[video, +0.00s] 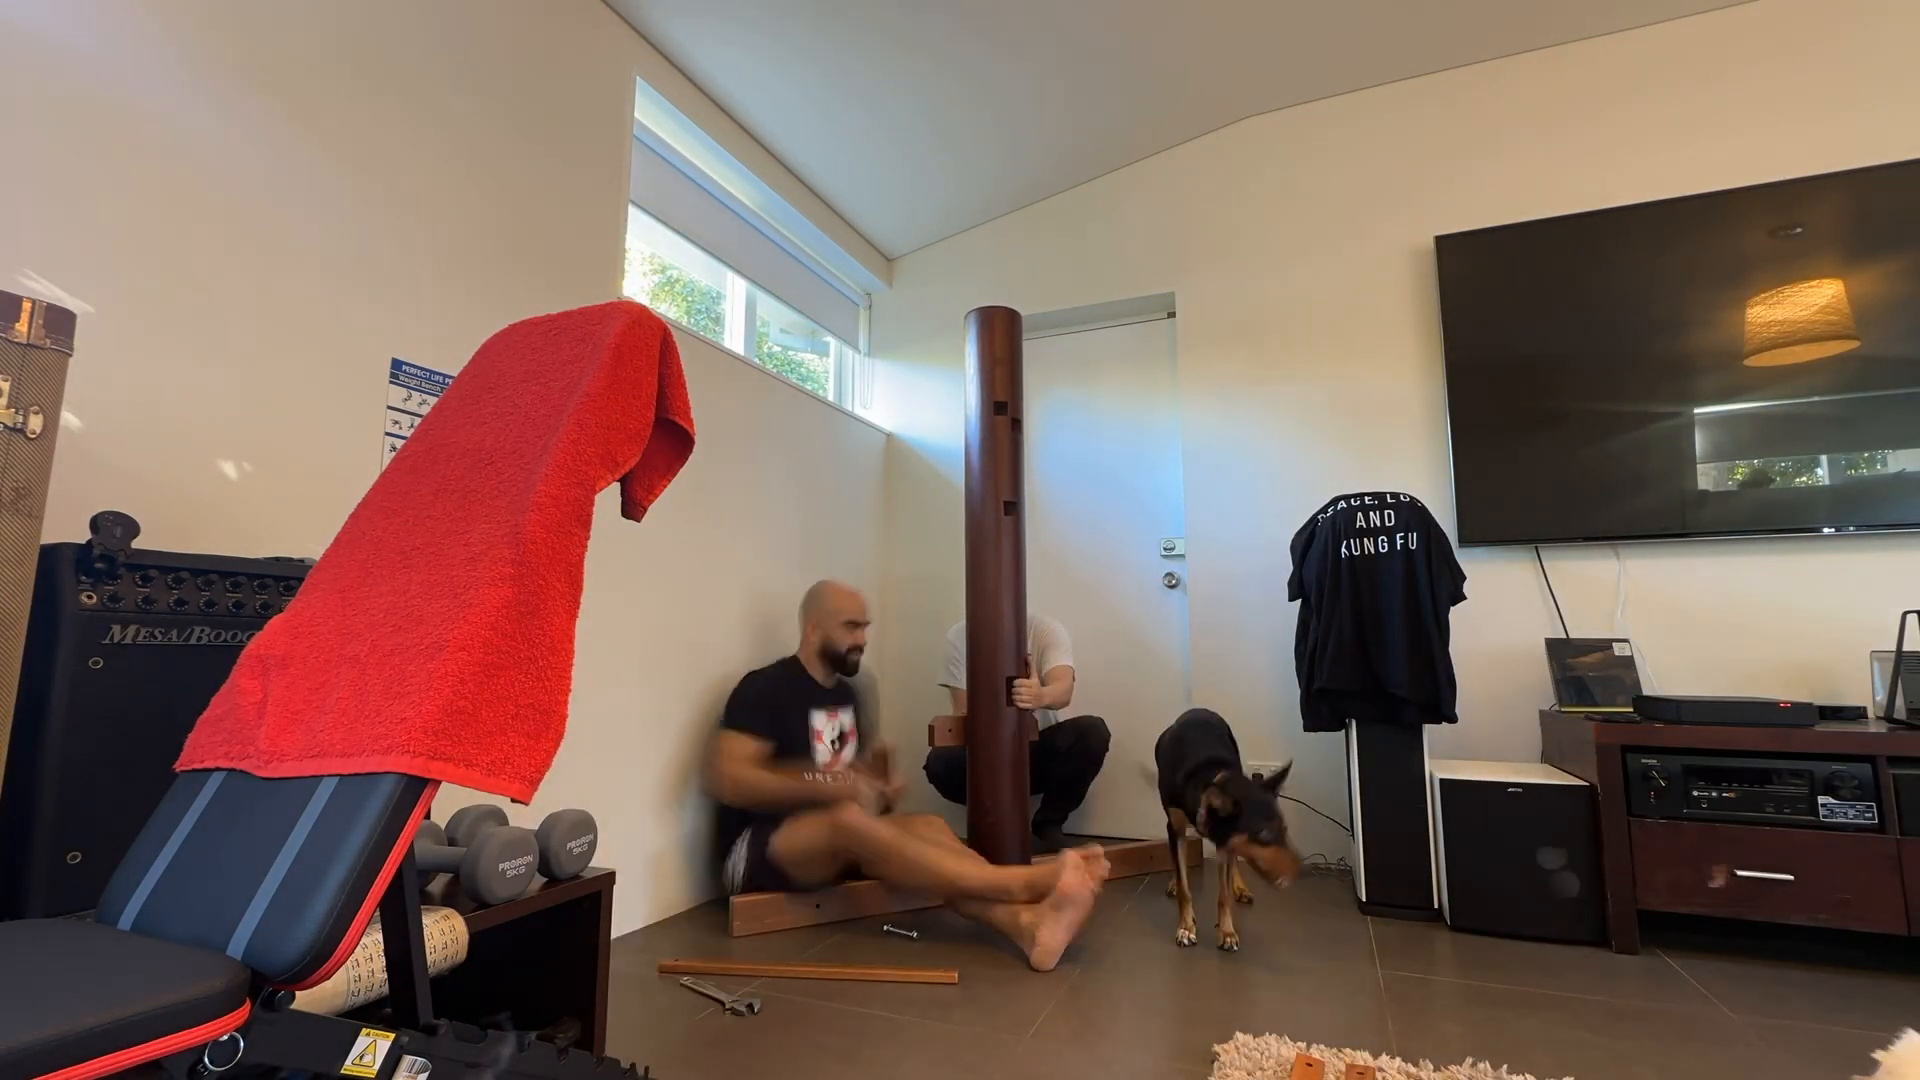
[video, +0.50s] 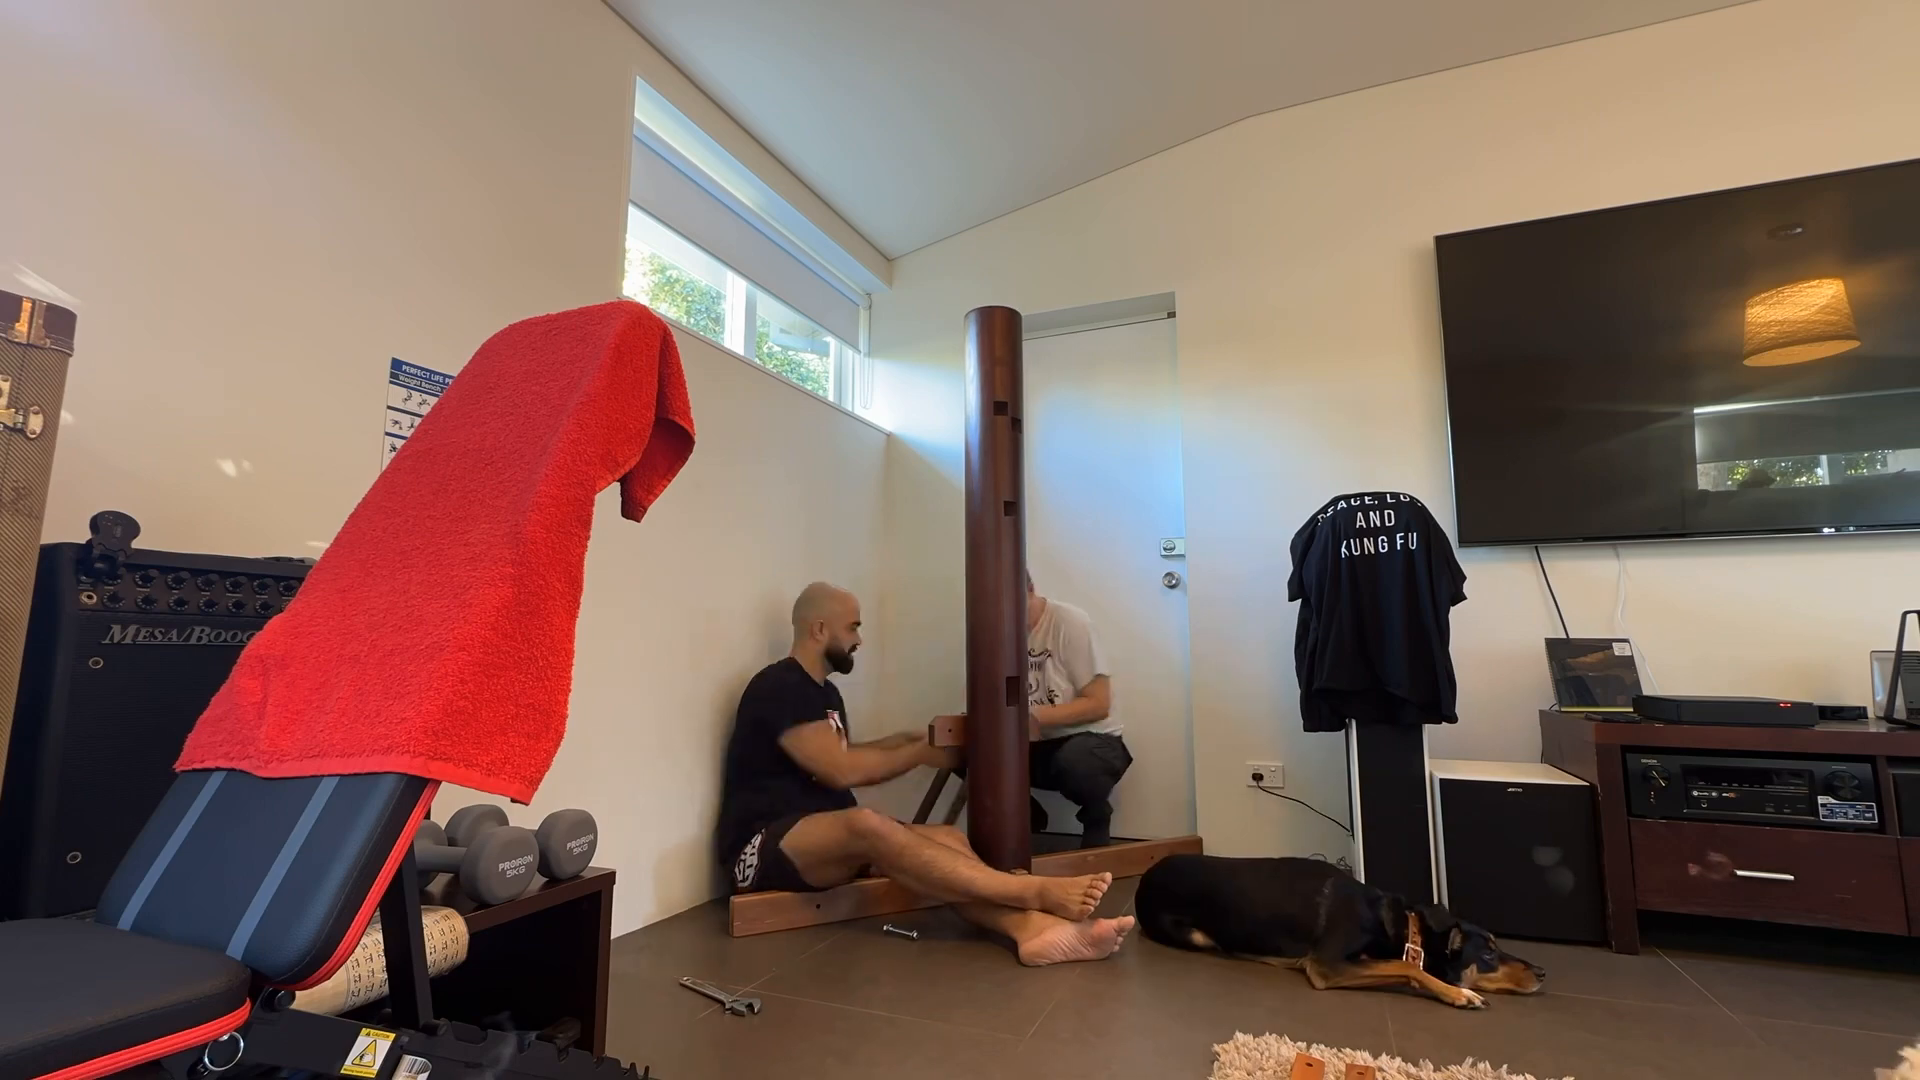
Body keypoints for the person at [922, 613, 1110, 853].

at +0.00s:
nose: (996, 589)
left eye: (1003, 574)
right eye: (987, 574)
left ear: (1017, 581)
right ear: (974, 585)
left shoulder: (1047, 632)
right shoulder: (961, 638)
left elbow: (1063, 691)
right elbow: (964, 713)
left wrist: (1042, 696)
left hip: (1037, 752)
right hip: (985, 756)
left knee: (1091, 731)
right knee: (941, 764)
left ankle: (1047, 826)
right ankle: (1000, 826)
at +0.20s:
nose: (1005, 598)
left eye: (1012, 589)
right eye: (996, 588)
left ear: (1026, 592)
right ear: (981, 591)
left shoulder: (1051, 632)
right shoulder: (962, 638)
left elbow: (1066, 688)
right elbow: (961, 716)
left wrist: (1041, 695)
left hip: (1038, 754)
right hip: (985, 757)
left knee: (1093, 731)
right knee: (942, 763)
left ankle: (1048, 825)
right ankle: (1000, 827)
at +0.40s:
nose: (1026, 612)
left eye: (1030, 602)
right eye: (1020, 604)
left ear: (1053, 586)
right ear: (1011, 600)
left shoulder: (1092, 620)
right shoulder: (1020, 623)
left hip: (1097, 743)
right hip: (1040, 742)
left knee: (1058, 776)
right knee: (966, 756)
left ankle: (1091, 818)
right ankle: (1031, 813)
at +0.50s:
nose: (1011, 612)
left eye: (1015, 602)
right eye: (1003, 604)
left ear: (1030, 588)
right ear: (994, 602)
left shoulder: (1069, 622)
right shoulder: (1002, 631)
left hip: (1093, 741)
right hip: (1037, 745)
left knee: (1073, 765)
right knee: (967, 756)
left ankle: (1095, 817)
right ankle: (1029, 813)